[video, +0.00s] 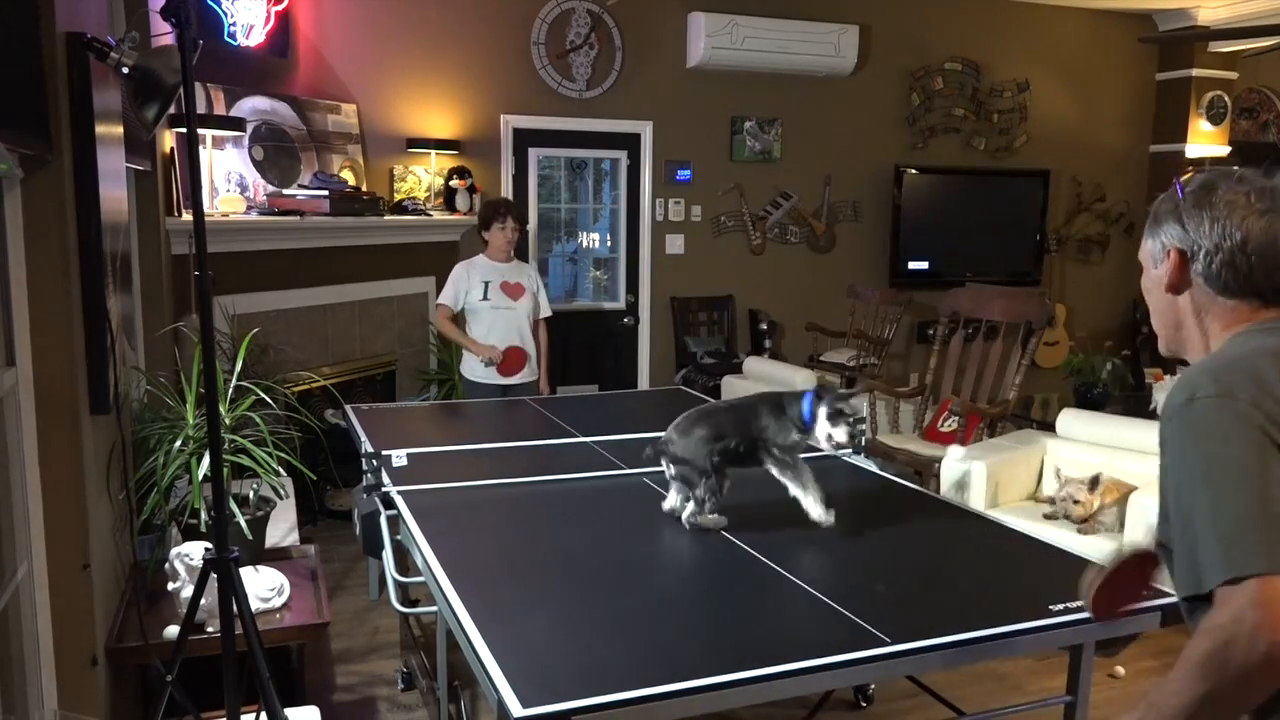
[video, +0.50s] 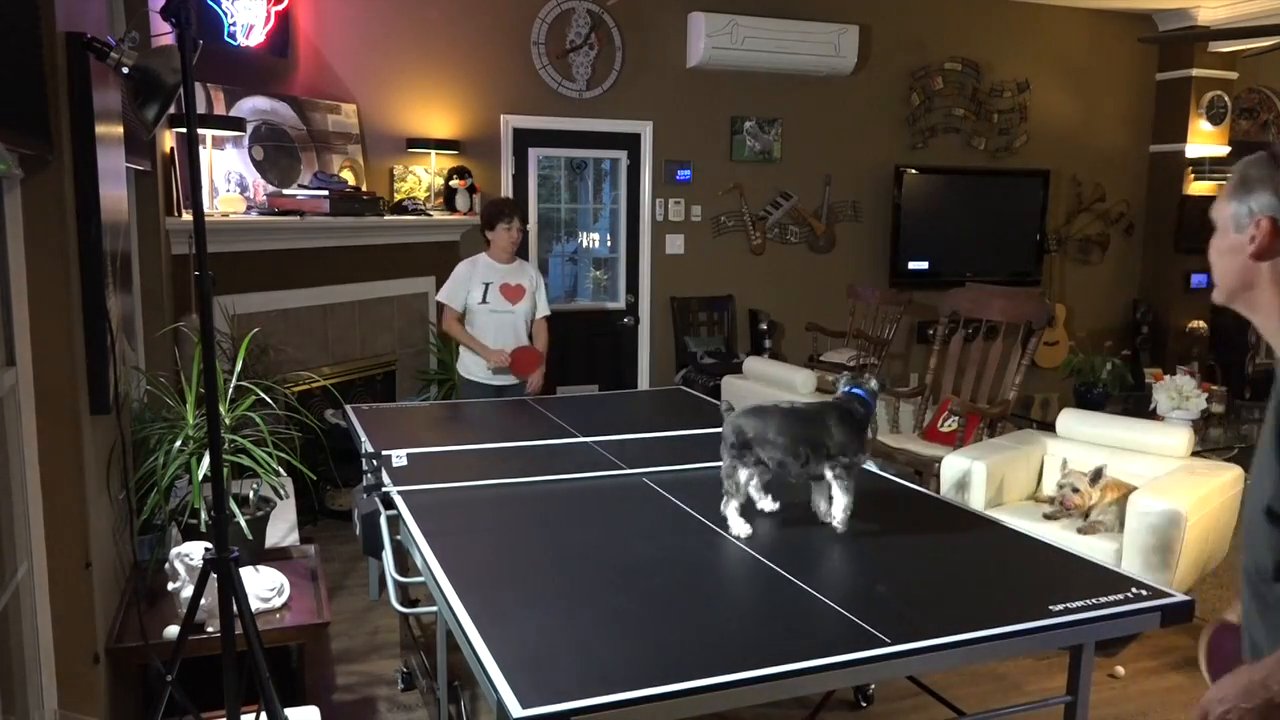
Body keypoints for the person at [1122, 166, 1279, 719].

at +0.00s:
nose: (1145, 290)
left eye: (1145, 267)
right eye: (1143, 269)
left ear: (1175, 268)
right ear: (1259, 261)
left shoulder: (1217, 392)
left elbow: (1258, 622)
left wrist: (1156, 709)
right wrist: (1171, 558)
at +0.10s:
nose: (1145, 298)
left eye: (1145, 278)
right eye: (1142, 279)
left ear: (1176, 278)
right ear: (1253, 272)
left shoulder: (1226, 401)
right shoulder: (1266, 366)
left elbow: (1268, 602)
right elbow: (1254, 449)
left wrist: (1175, 711)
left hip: (1258, 701)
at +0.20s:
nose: (1152, 294)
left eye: (1156, 276)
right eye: (1153, 277)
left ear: (1190, 281)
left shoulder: (1236, 408)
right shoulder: (1265, 380)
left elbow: (1266, 612)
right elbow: (1220, 418)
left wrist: (1173, 711)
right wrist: (1113, 413)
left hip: (1257, 704)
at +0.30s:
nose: (1159, 281)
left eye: (1164, 262)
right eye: (1159, 263)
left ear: (1200, 265)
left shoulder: (1248, 398)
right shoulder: (1260, 379)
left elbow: (1273, 601)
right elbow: (1249, 435)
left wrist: (1184, 711)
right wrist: (1143, 438)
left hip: (1265, 699)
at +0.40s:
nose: (1178, 256)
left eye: (1184, 236)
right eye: (1179, 236)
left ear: (1227, 240)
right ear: (1232, 241)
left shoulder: (1267, 379)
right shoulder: (1261, 372)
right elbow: (1266, 515)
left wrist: (1208, 704)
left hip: (1269, 702)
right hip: (1259, 697)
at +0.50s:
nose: (1208, 249)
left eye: (1217, 229)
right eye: (1212, 230)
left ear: (1259, 235)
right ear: (1259, 234)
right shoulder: (1272, 379)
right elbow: (1265, 541)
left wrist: (1271, 675)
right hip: (1255, 654)